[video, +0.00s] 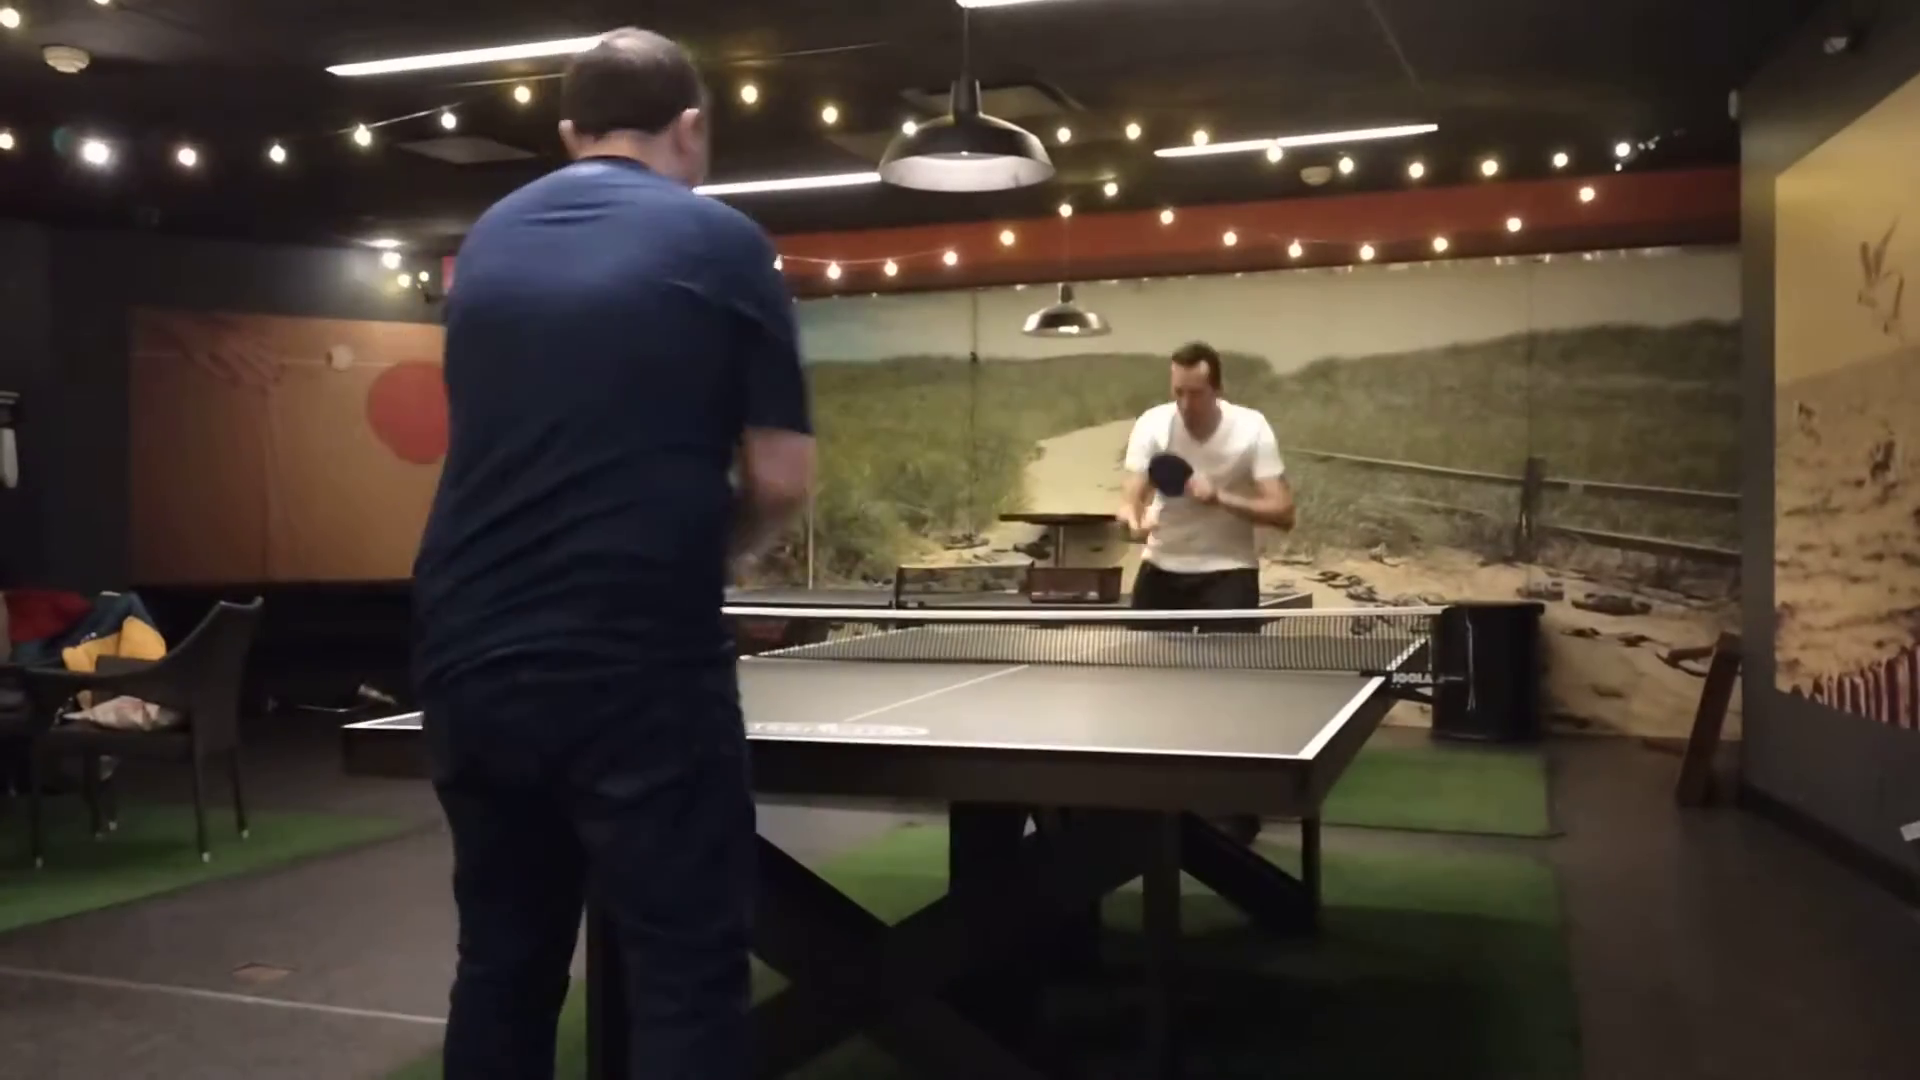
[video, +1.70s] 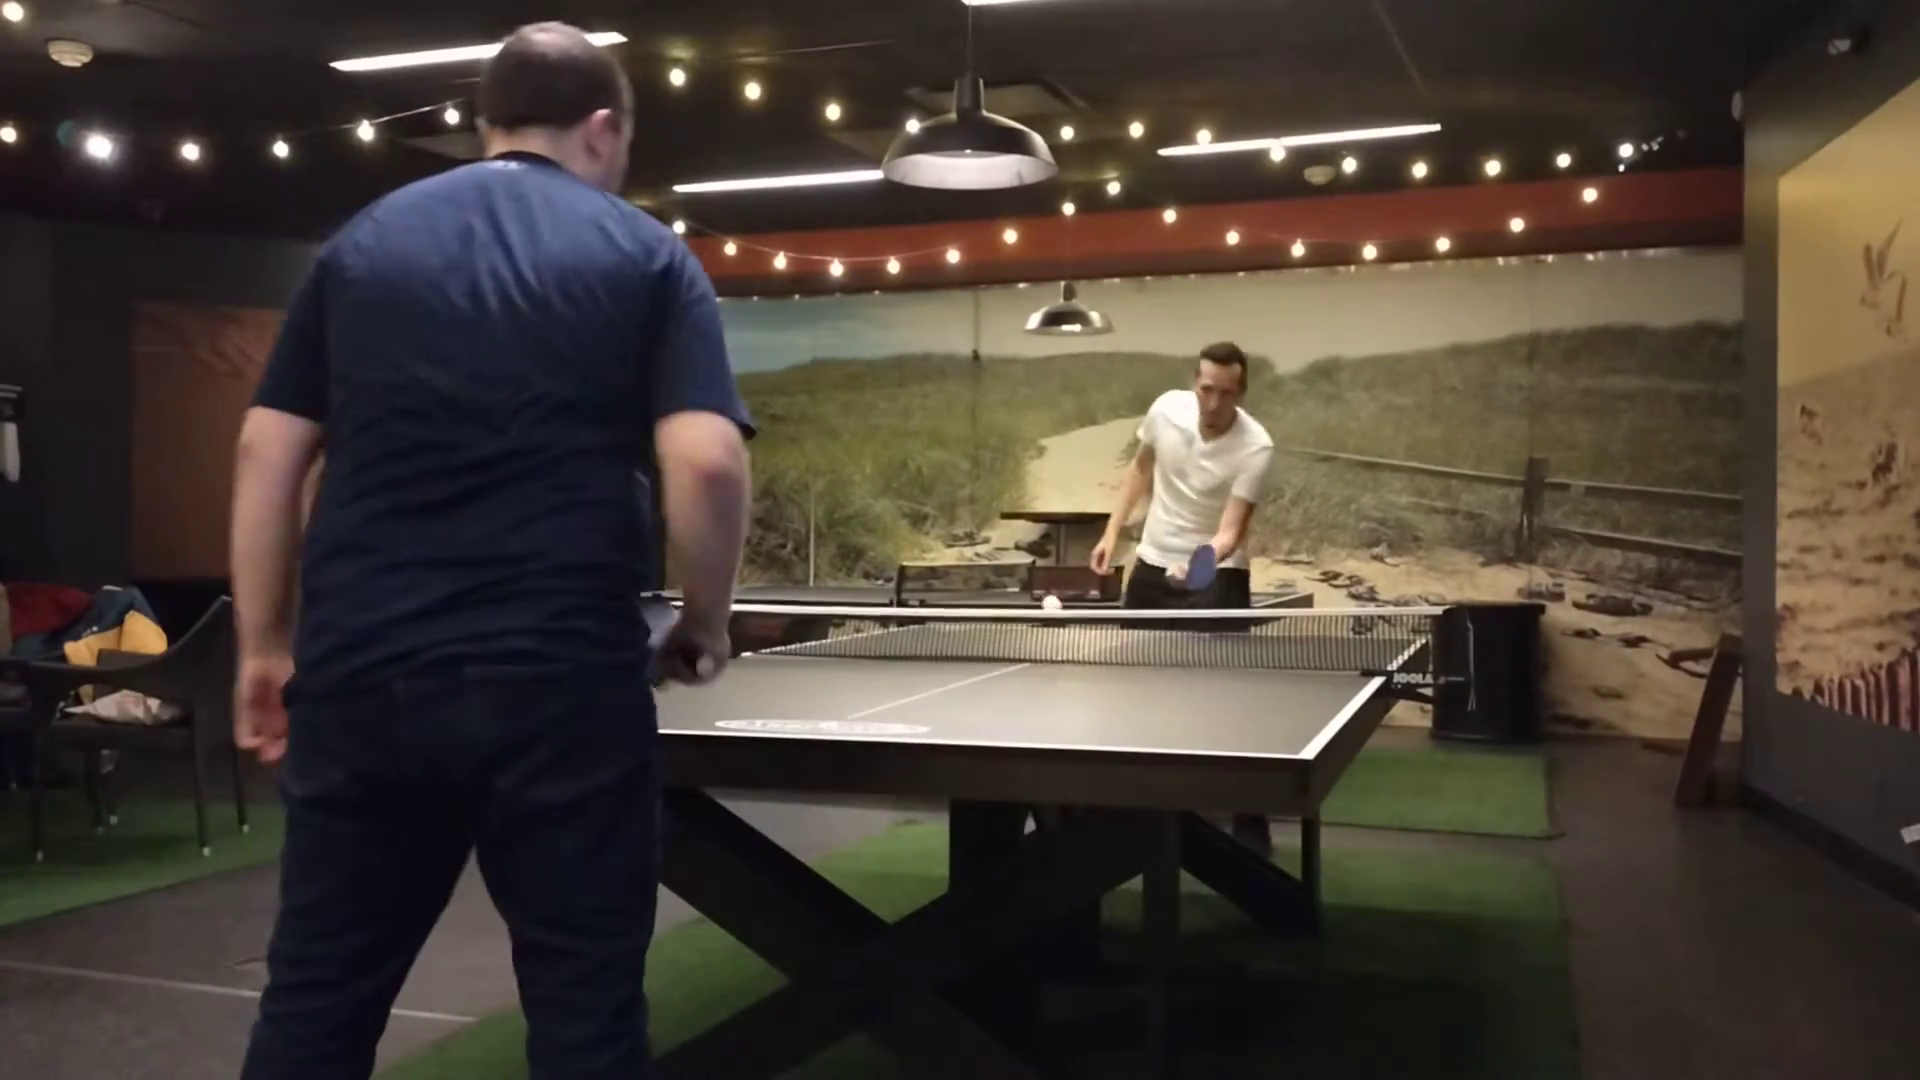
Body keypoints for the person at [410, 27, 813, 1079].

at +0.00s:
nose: (707, 155)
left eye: (704, 138)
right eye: (705, 137)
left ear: (570, 134)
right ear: (685, 130)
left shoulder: (488, 237)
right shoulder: (720, 237)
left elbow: (492, 429)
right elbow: (781, 475)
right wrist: (720, 535)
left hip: (477, 657)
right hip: (644, 661)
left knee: (503, 964)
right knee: (685, 975)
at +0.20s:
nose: (774, 169)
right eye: (776, 152)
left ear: (636, 150)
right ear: (761, 148)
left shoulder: (541, 238)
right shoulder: (792, 268)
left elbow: (451, 449)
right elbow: (889, 497)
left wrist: (534, 573)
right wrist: (810, 602)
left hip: (490, 672)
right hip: (672, 682)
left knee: (469, 973)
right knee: (679, 989)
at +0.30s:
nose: (778, 180)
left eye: (777, 165)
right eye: (780, 162)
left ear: (644, 144)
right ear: (766, 152)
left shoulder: (537, 238)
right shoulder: (792, 264)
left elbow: (442, 457)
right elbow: (909, 488)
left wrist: (431, 629)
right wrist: (824, 626)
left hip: (481, 669)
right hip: (667, 683)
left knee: (434, 966)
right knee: (678, 995)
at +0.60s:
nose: (677, 171)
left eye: (678, 158)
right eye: (678, 153)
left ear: (541, 141)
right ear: (662, 145)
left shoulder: (436, 243)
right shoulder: (690, 259)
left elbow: (346, 465)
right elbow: (793, 469)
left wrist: (334, 659)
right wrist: (751, 641)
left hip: (391, 691)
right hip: (586, 705)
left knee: (319, 998)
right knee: (633, 1012)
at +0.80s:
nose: (560, 168)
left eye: (557, 148)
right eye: (559, 148)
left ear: (416, 138)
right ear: (536, 138)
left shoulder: (308, 241)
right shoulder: (575, 253)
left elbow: (237, 471)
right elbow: (668, 477)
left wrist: (258, 619)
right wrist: (605, 621)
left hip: (291, 687)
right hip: (492, 693)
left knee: (267, 1006)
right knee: (597, 997)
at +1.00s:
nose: (475, 161)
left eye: (475, 145)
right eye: (476, 141)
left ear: (334, 127)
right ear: (452, 132)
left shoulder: (226, 238)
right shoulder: (493, 227)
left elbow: (143, 476)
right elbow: (670, 422)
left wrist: (144, 676)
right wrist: (621, 518)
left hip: (252, 691)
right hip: (458, 678)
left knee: (247, 1005)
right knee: (567, 981)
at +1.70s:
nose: (623, 157)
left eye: (623, 141)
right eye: (624, 139)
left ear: (491, 126)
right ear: (602, 131)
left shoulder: (361, 242)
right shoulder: (645, 252)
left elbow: (269, 447)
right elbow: (707, 461)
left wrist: (262, 646)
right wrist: (702, 624)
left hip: (367, 685)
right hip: (567, 693)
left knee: (315, 1001)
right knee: (588, 1012)